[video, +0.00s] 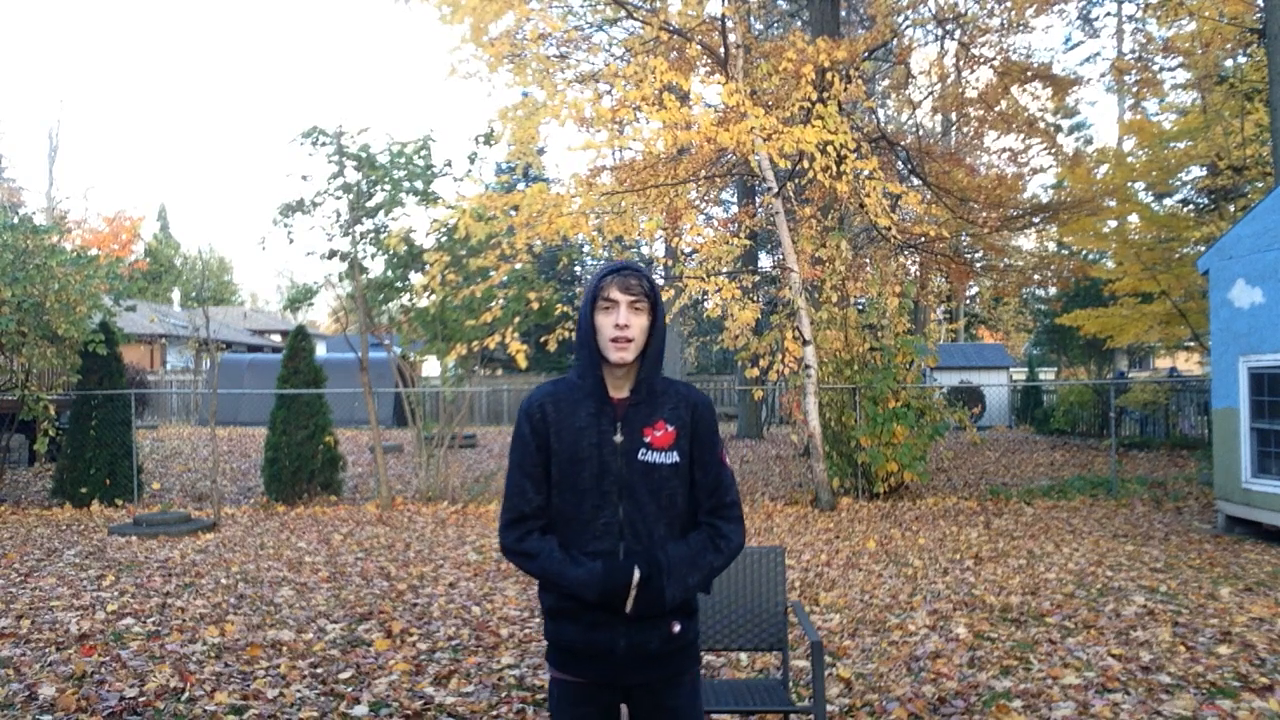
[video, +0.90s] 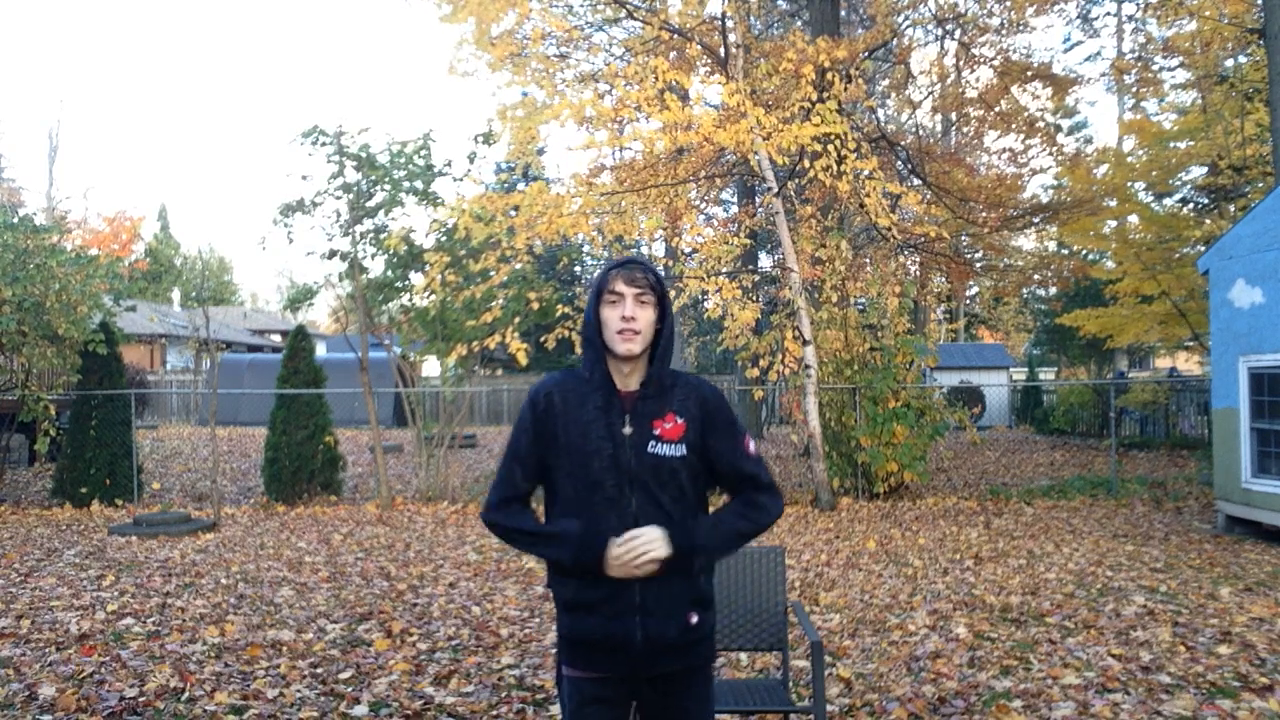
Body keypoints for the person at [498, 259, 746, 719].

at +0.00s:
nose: (621, 321)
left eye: (636, 308)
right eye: (607, 307)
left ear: (653, 322)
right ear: (589, 319)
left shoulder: (689, 408)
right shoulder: (546, 409)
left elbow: (726, 526)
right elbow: (518, 532)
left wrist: (660, 577)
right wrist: (596, 580)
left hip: (667, 650)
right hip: (579, 651)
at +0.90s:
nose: (627, 313)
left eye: (642, 301)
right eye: (614, 300)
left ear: (660, 317)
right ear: (595, 314)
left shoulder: (697, 400)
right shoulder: (553, 401)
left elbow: (762, 498)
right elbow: (501, 509)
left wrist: (680, 538)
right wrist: (593, 553)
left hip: (681, 645)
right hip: (590, 649)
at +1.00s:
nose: (620, 313)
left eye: (634, 300)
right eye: (606, 300)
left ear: (652, 317)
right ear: (586, 315)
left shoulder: (690, 391)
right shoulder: (547, 392)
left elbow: (783, 468)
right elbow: (481, 486)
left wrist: (756, 555)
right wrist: (521, 572)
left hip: (673, 638)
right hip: (582, 641)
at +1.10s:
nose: (617, 322)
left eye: (631, 310)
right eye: (603, 309)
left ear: (649, 325)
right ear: (582, 321)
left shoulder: (684, 402)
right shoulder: (537, 408)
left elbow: (761, 503)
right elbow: (483, 521)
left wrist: (851, 595)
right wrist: (437, 637)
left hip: (665, 650)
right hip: (573, 653)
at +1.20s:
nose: (612, 321)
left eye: (626, 309)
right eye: (598, 308)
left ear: (645, 323)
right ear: (577, 321)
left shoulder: (678, 402)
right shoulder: (540, 408)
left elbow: (725, 526)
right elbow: (511, 544)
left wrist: (824, 580)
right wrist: (437, 635)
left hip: (659, 648)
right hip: (566, 652)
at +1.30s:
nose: (609, 316)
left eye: (623, 305)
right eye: (595, 304)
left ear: (642, 319)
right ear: (576, 319)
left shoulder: (678, 402)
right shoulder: (539, 408)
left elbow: (696, 530)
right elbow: (532, 541)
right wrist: (477, 628)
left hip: (658, 645)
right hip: (570, 647)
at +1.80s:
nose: (627, 314)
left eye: (639, 299)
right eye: (613, 308)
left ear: (668, 307)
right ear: (604, 328)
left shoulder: (719, 405)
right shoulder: (577, 407)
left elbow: (720, 527)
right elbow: (562, 536)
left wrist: (761, 577)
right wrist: (532, 609)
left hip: (688, 647)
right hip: (597, 649)